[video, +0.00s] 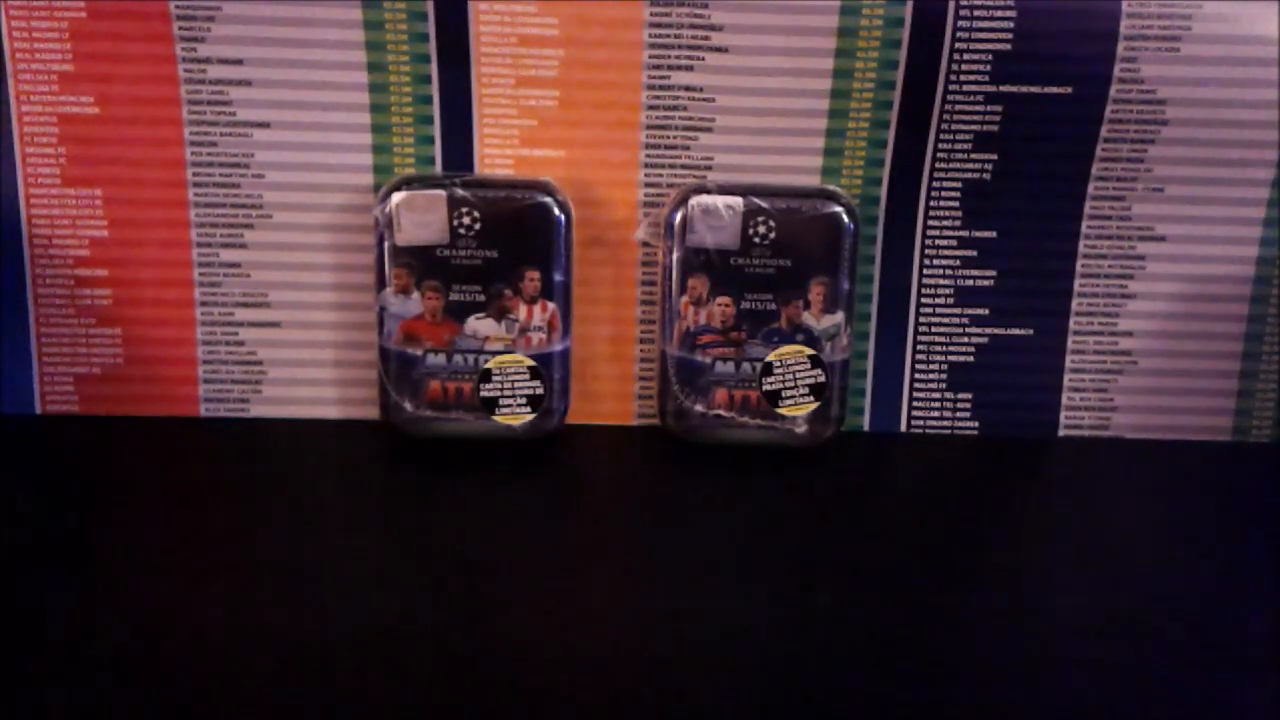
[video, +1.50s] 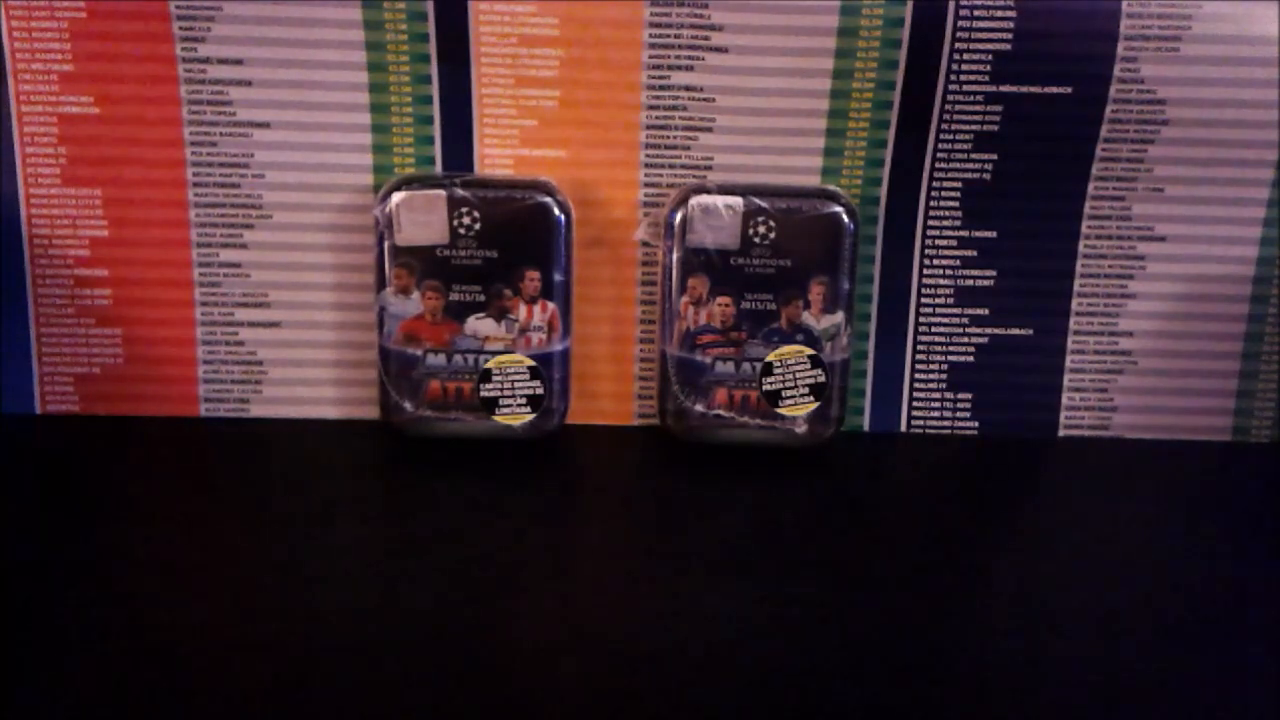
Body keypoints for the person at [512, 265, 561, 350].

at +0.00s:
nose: (536, 285)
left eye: (538, 281)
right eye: (531, 280)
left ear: (541, 283)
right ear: (521, 284)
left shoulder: (551, 308)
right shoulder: (511, 306)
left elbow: (556, 337)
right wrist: (520, 329)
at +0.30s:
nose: (536, 285)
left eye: (538, 281)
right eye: (531, 280)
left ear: (541, 283)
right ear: (521, 284)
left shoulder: (551, 308)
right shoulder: (511, 306)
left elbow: (556, 338)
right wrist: (520, 329)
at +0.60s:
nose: (536, 285)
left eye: (538, 281)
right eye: (531, 280)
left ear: (541, 283)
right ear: (521, 284)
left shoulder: (551, 308)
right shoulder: (512, 305)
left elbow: (556, 336)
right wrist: (519, 328)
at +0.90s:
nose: (536, 285)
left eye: (538, 281)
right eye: (531, 280)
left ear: (541, 283)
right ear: (521, 284)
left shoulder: (551, 308)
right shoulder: (512, 305)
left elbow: (556, 336)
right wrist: (520, 328)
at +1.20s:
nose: (536, 285)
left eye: (539, 281)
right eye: (531, 280)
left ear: (541, 283)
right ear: (521, 284)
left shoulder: (551, 308)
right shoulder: (512, 305)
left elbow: (556, 337)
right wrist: (520, 328)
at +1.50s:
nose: (536, 285)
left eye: (539, 281)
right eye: (531, 280)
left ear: (541, 283)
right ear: (521, 284)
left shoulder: (551, 308)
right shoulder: (512, 306)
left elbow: (556, 335)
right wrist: (520, 329)